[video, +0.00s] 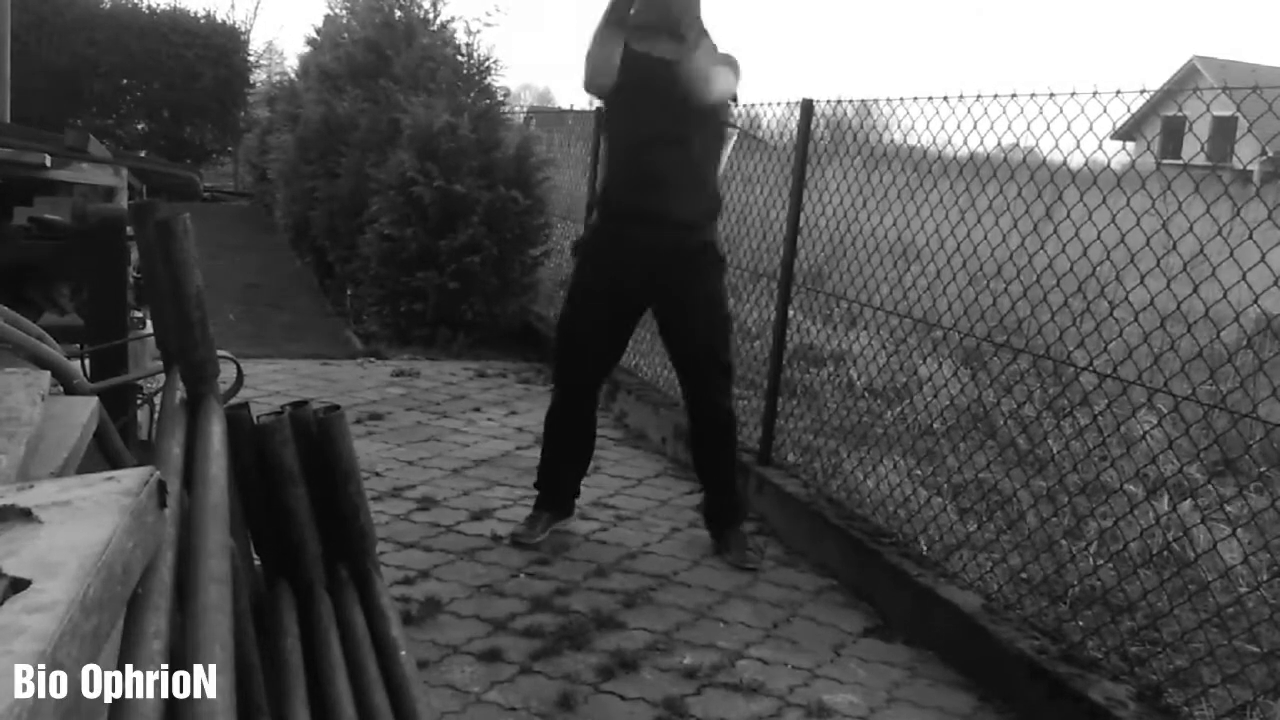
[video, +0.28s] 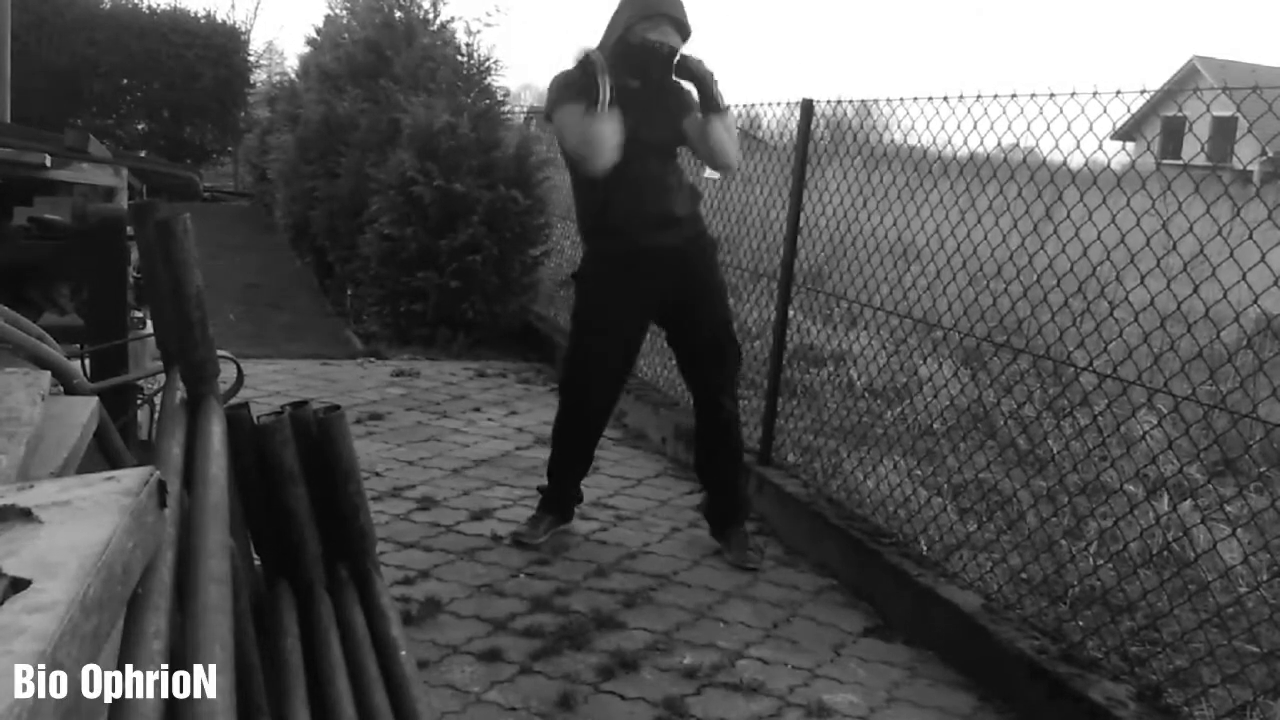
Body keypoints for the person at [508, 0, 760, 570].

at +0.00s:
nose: (670, 13)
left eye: (677, 7)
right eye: (660, 10)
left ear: (693, 12)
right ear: (645, 14)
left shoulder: (719, 65)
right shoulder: (623, 54)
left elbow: (707, 90)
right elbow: (596, 80)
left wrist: (691, 26)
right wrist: (616, 13)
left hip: (688, 253)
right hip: (614, 245)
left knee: (710, 390)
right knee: (575, 376)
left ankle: (727, 523)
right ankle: (553, 503)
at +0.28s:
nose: (658, 56)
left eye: (668, 49)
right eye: (648, 43)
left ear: (678, 51)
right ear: (622, 37)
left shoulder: (673, 97)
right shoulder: (576, 88)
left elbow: (726, 157)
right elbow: (597, 155)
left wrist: (707, 86)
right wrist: (610, 79)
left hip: (687, 263)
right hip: (614, 265)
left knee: (717, 387)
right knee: (586, 389)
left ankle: (730, 522)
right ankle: (556, 505)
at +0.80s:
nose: (674, 44)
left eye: (688, 34)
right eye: (662, 32)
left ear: (705, 34)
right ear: (641, 29)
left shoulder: (728, 78)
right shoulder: (612, 76)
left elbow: (811, 110)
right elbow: (533, 120)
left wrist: (772, 133)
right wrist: (578, 131)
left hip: (677, 261)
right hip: (601, 253)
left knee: (700, 393)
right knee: (565, 376)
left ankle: (726, 527)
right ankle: (552, 502)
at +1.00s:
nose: (667, 39)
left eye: (677, 31)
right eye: (660, 25)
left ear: (681, 34)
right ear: (628, 15)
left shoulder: (676, 87)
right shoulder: (569, 72)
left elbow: (740, 147)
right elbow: (486, 122)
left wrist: (799, 198)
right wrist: (412, 166)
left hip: (688, 255)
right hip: (614, 258)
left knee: (714, 387)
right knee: (586, 387)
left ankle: (734, 518)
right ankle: (550, 505)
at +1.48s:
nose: (656, 62)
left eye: (669, 49)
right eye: (648, 50)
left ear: (699, 45)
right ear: (639, 50)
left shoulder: (742, 97)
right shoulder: (639, 95)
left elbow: (664, 126)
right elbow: (627, 160)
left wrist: (575, 106)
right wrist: (620, 205)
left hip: (669, 274)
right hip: (604, 259)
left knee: (686, 405)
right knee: (567, 383)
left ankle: (722, 526)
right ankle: (546, 501)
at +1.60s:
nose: (664, 54)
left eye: (676, 42)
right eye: (652, 44)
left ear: (702, 39)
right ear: (642, 43)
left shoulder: (739, 89)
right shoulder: (633, 87)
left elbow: (705, 147)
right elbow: (618, 176)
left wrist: (635, 112)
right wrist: (614, 129)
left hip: (676, 266)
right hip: (608, 253)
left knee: (695, 399)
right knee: (568, 380)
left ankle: (723, 525)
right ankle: (547, 500)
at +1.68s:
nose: (663, 24)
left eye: (675, 15)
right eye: (650, 16)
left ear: (694, 23)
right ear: (633, 25)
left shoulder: (721, 68)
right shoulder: (615, 70)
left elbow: (751, 109)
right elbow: (582, 104)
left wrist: (692, 114)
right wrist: (623, 66)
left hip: (686, 256)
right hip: (611, 250)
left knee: (708, 392)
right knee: (574, 378)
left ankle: (728, 524)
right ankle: (549, 501)